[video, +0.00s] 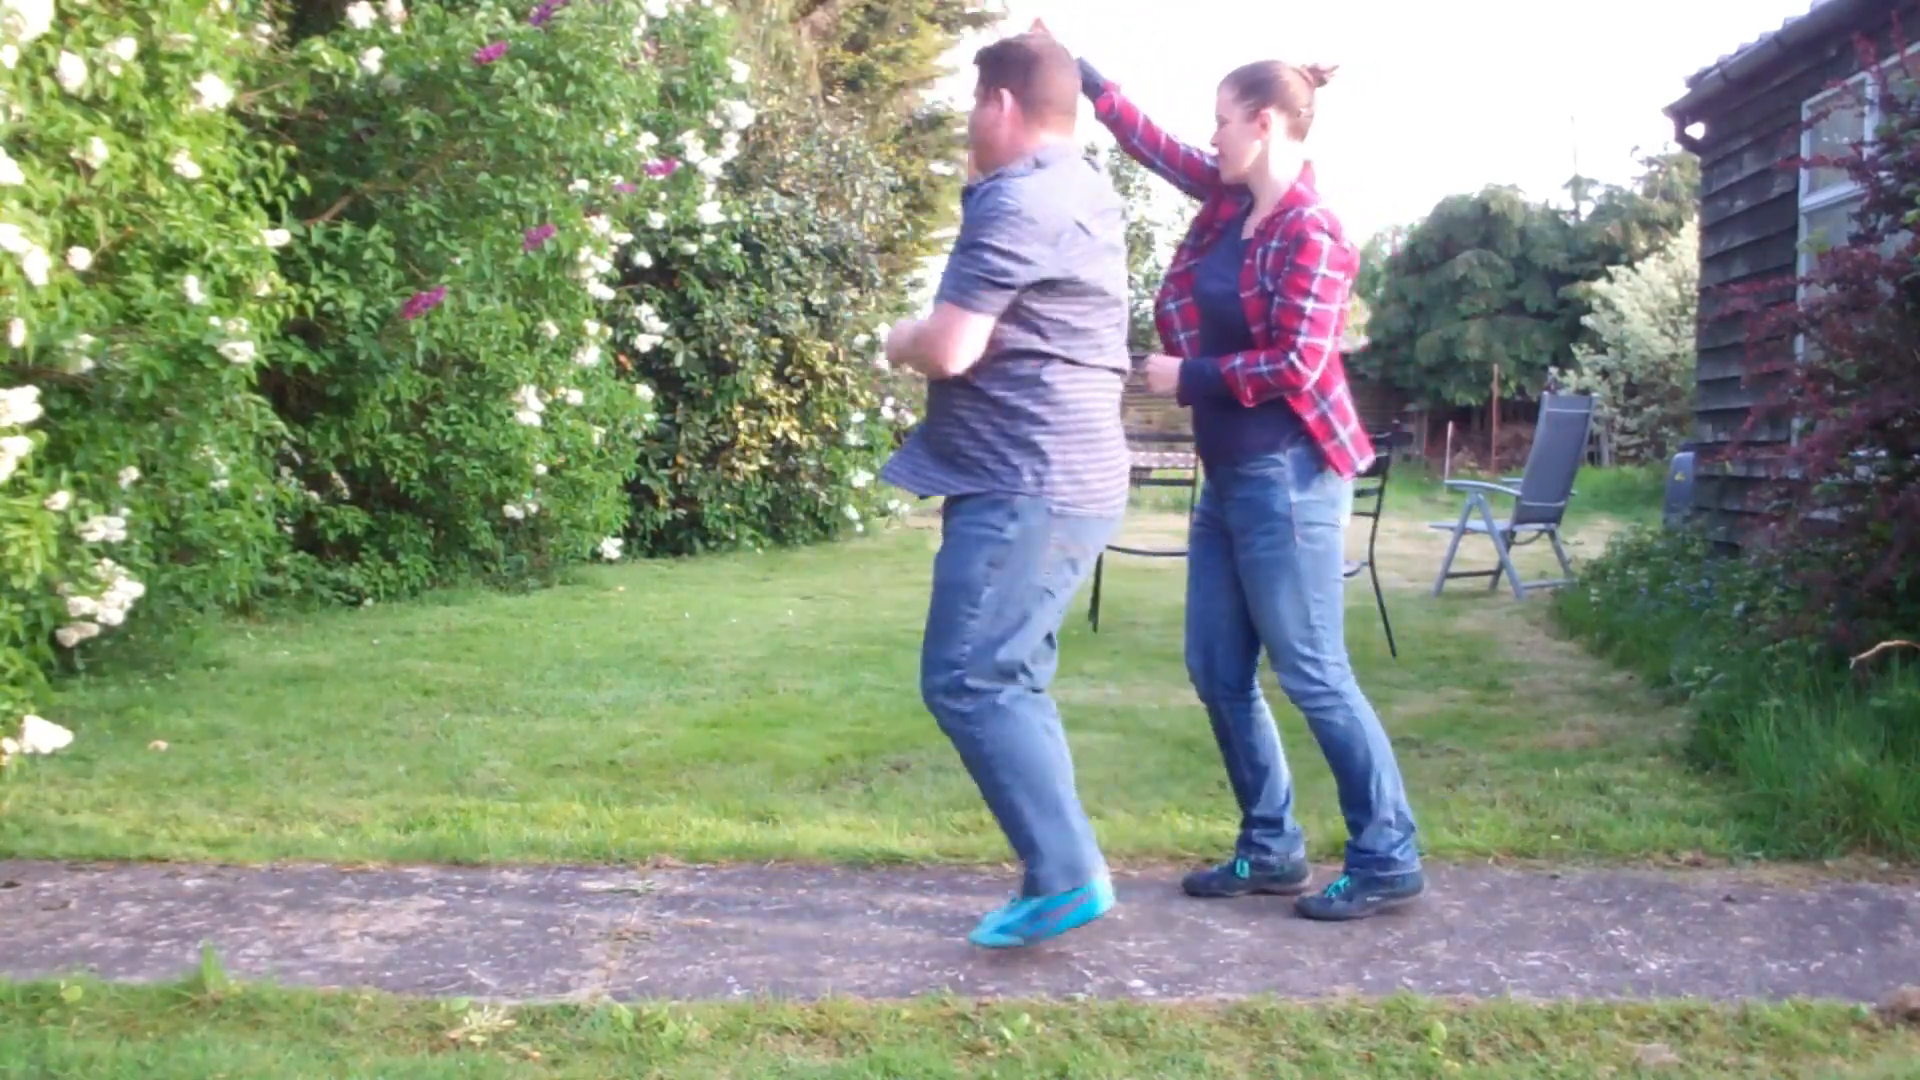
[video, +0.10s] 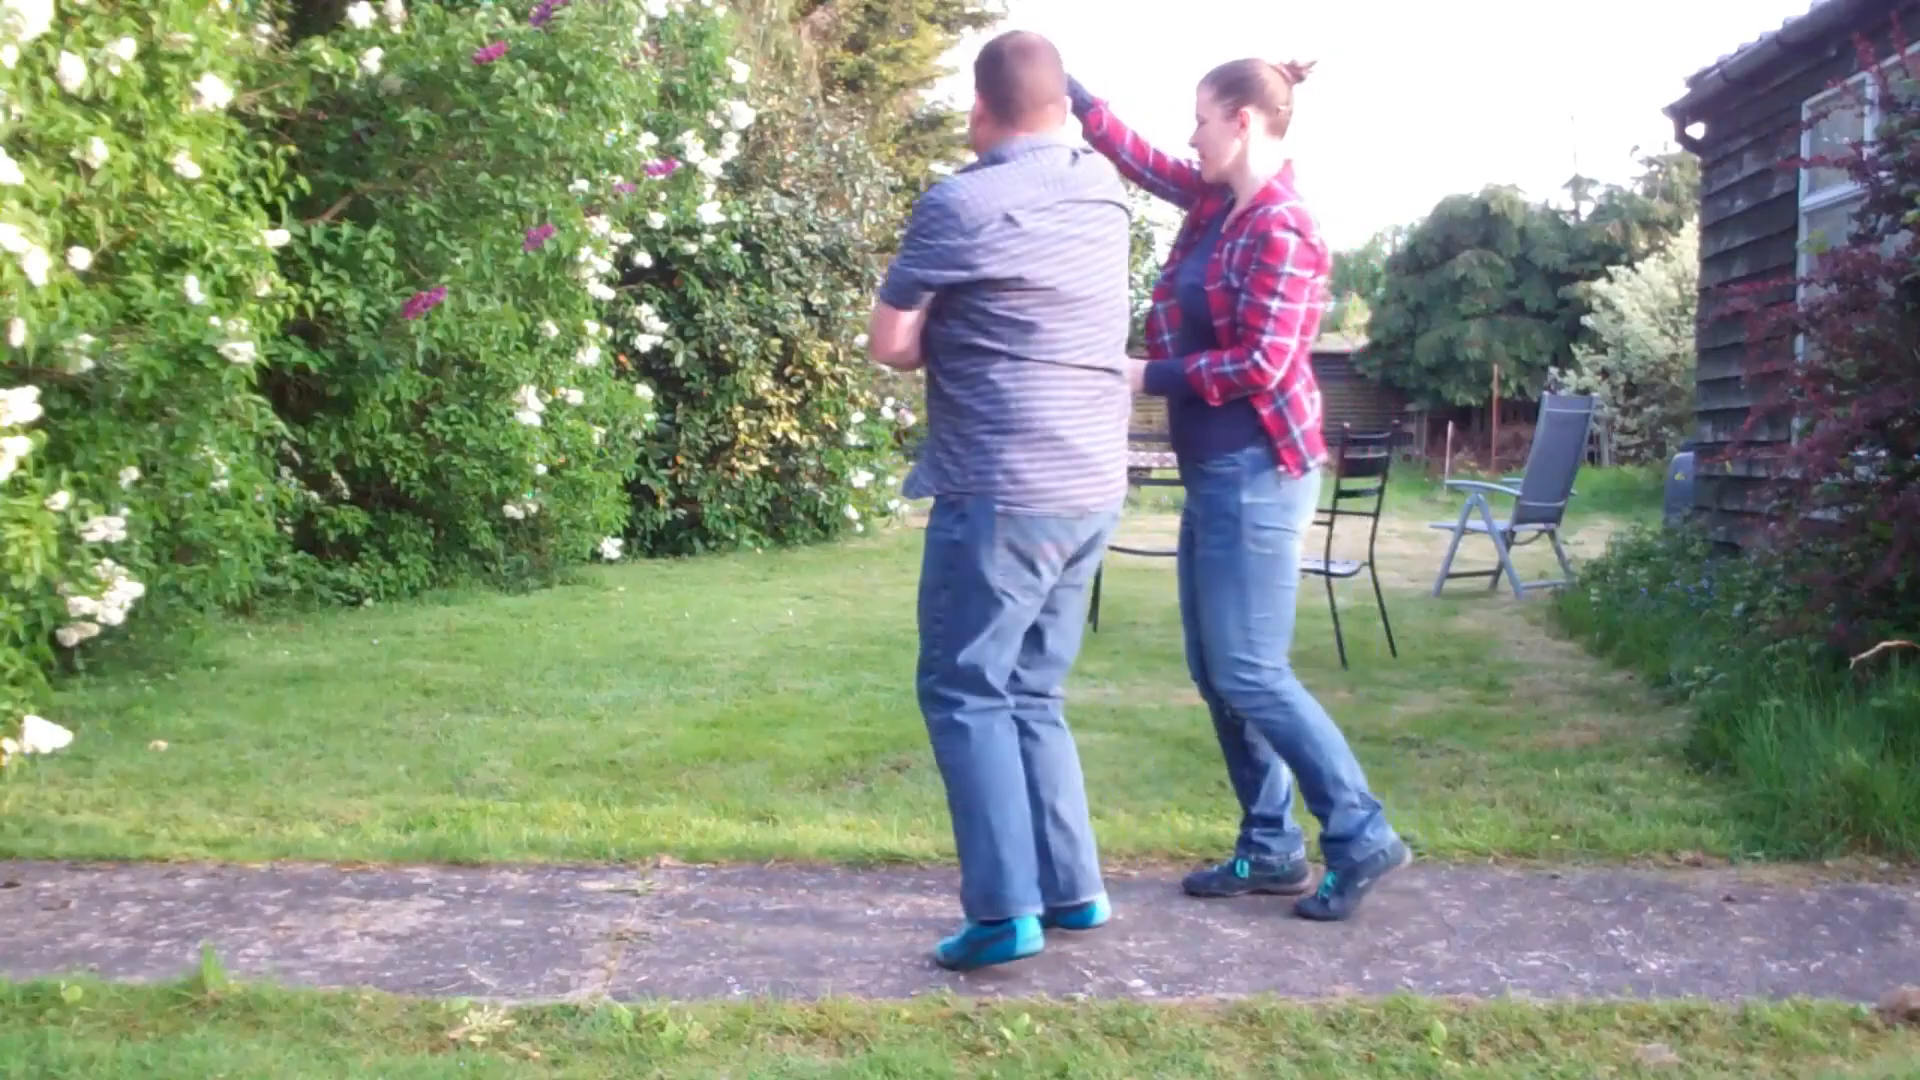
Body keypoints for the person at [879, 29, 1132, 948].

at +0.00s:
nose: (969, 124)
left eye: (976, 106)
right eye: (974, 106)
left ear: (1006, 106)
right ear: (1056, 108)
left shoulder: (1016, 198)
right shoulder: (1085, 191)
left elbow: (950, 350)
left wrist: (902, 340)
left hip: (1027, 483)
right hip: (1074, 477)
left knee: (966, 677)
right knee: (1013, 679)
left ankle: (1064, 880)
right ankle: (1066, 873)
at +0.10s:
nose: (966, 115)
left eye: (970, 101)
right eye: (974, 101)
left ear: (984, 107)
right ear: (1063, 103)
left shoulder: (959, 200)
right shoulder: (1104, 191)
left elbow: (891, 342)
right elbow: (1056, 314)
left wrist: (979, 337)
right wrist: (951, 323)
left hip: (1003, 491)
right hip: (1093, 489)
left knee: (963, 689)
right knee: (1033, 690)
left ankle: (1003, 916)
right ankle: (1073, 889)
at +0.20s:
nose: (960, 117)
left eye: (960, 105)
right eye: (1053, 103)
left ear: (963, 111)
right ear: (1056, 107)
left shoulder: (923, 207)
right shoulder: (1102, 183)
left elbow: (879, 349)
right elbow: (1066, 298)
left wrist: (974, 365)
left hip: (988, 494)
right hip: (1095, 489)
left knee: (971, 706)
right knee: (1049, 697)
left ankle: (990, 933)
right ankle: (1054, 907)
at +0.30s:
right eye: (1045, 94)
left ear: (947, 116)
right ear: (1038, 110)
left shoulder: (897, 221)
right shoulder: (1085, 174)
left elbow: (885, 370)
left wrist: (973, 373)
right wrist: (1037, 66)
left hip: (971, 493)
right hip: (1088, 485)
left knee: (977, 717)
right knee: (1060, 705)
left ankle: (994, 941)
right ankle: (1052, 914)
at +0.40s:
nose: (1035, 114)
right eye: (1028, 103)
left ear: (938, 116)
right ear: (1021, 108)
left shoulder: (886, 229)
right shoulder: (1068, 167)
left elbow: (883, 385)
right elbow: (1094, 100)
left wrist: (958, 388)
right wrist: (1039, 37)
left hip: (959, 492)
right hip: (1082, 480)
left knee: (980, 721)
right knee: (1069, 702)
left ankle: (995, 943)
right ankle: (1063, 915)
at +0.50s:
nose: (1027, 110)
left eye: (1012, 99)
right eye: (1022, 99)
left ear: (933, 117)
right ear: (1017, 108)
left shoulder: (877, 229)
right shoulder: (1061, 160)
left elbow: (869, 380)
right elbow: (1092, 76)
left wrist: (950, 355)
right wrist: (1068, 15)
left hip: (948, 493)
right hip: (1073, 475)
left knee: (974, 726)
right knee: (1076, 712)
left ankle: (990, 943)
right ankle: (1082, 912)